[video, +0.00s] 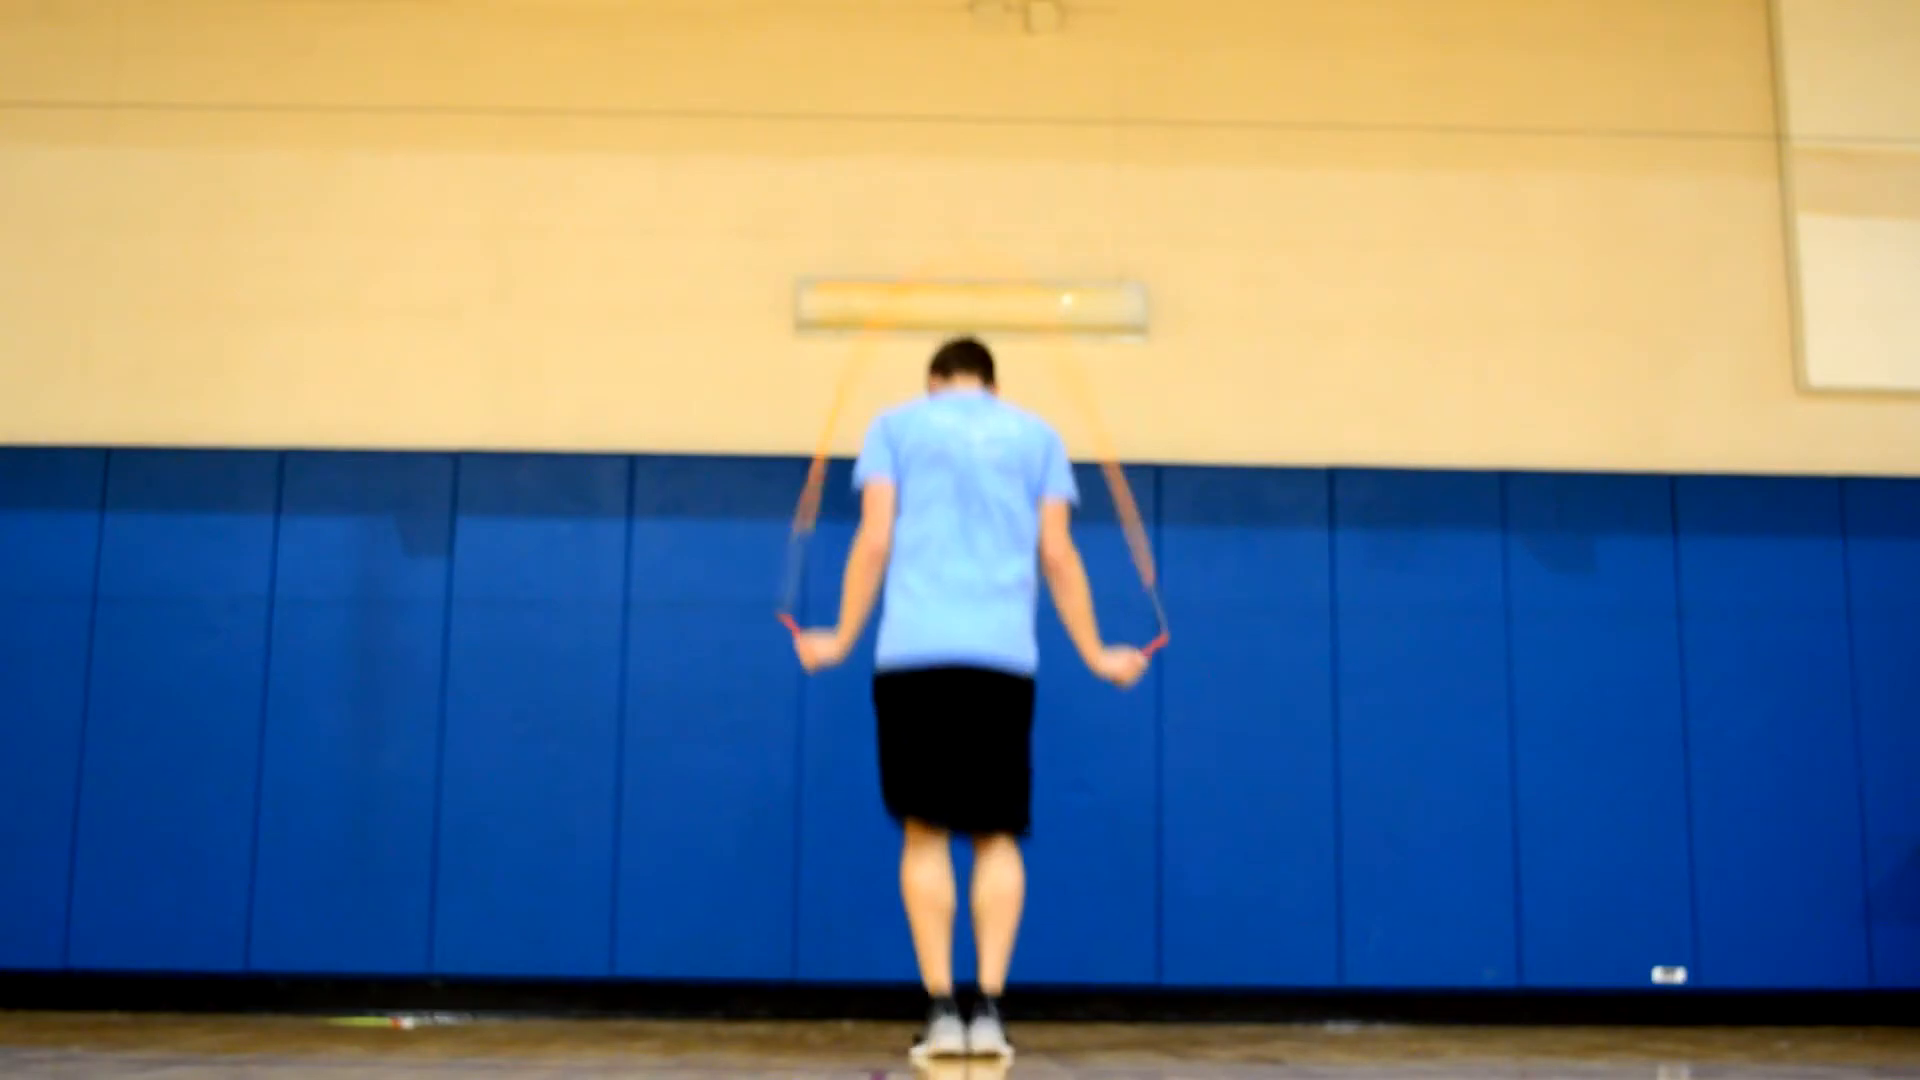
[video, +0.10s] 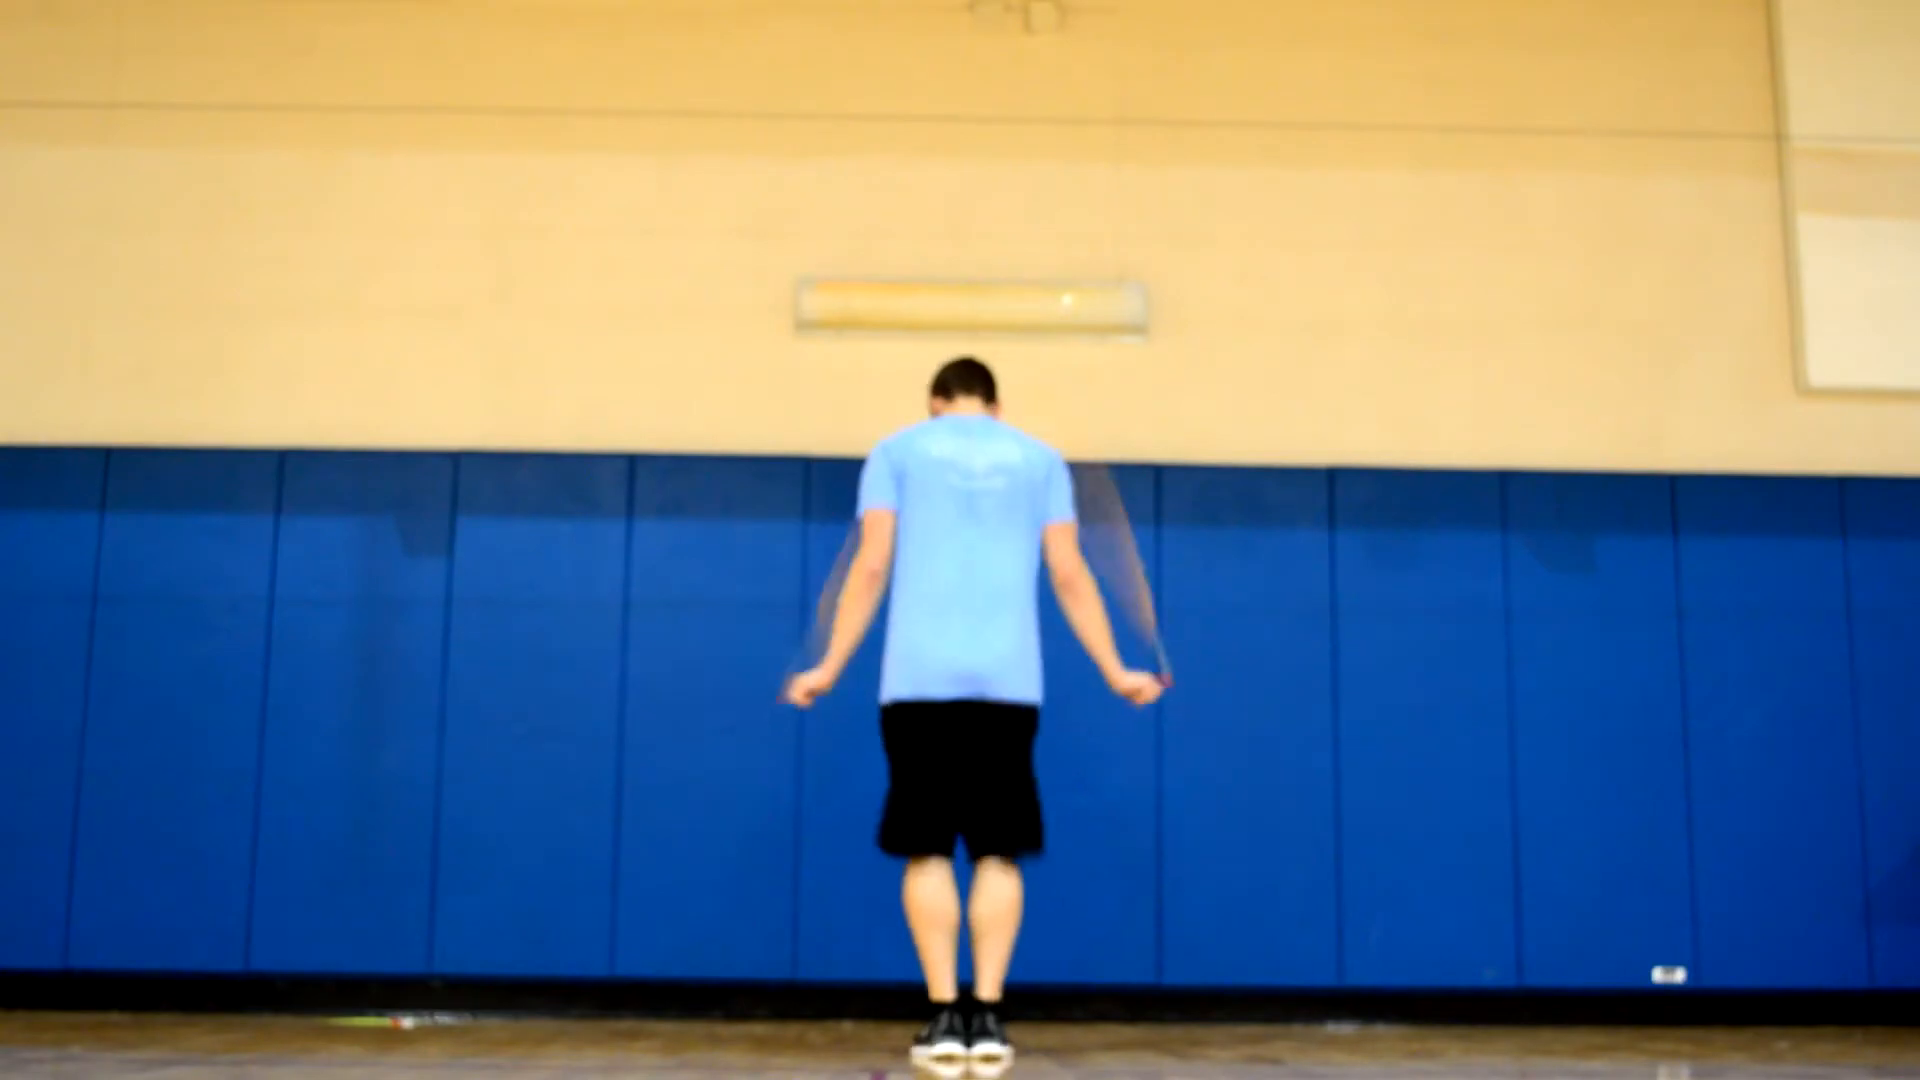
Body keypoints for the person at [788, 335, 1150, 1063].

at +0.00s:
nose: (947, 394)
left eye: (942, 384)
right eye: (964, 384)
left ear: (931, 382)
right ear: (994, 384)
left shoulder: (893, 427)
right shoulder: (1038, 436)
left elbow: (875, 540)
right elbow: (1057, 553)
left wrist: (842, 637)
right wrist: (1096, 652)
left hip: (914, 664)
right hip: (1001, 666)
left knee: (924, 833)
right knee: (998, 836)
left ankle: (944, 1012)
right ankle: (988, 1011)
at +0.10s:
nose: (945, 415)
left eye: (940, 404)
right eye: (965, 405)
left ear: (934, 402)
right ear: (997, 405)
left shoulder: (894, 452)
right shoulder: (1041, 459)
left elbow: (873, 565)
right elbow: (1069, 575)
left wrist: (830, 667)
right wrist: (1115, 672)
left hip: (918, 687)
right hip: (1007, 688)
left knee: (927, 851)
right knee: (998, 852)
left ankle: (946, 1016)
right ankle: (986, 1018)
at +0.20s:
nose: (950, 404)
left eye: (944, 394)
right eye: (966, 393)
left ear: (936, 392)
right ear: (998, 394)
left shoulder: (900, 435)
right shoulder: (1041, 442)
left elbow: (865, 541)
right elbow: (1078, 552)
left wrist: (797, 635)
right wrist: (1141, 648)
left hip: (921, 668)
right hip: (1006, 670)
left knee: (933, 838)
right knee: (999, 841)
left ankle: (946, 1016)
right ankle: (987, 1017)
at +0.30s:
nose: (950, 404)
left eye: (945, 393)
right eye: (975, 394)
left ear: (938, 391)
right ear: (1001, 395)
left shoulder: (901, 437)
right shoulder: (1038, 444)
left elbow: (849, 541)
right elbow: (1094, 547)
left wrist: (764, 615)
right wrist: (1174, 626)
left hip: (923, 673)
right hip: (1010, 675)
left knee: (934, 843)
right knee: (1001, 845)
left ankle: (947, 1019)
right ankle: (987, 1019)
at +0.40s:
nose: (956, 402)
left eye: (949, 392)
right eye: (976, 392)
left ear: (939, 391)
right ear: (1002, 395)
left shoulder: (899, 436)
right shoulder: (1038, 441)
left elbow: (852, 540)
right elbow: (1099, 541)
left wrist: (770, 622)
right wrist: (1184, 618)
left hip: (921, 672)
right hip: (1010, 673)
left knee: (933, 844)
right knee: (1001, 845)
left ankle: (944, 1018)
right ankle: (987, 1019)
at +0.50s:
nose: (960, 400)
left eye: (952, 391)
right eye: (978, 392)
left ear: (939, 391)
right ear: (1001, 394)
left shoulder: (897, 436)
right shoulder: (1038, 439)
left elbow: (849, 542)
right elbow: (1102, 540)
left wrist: (771, 629)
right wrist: (1181, 620)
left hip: (920, 676)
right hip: (1009, 676)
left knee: (934, 845)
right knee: (1001, 846)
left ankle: (945, 1020)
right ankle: (987, 1019)